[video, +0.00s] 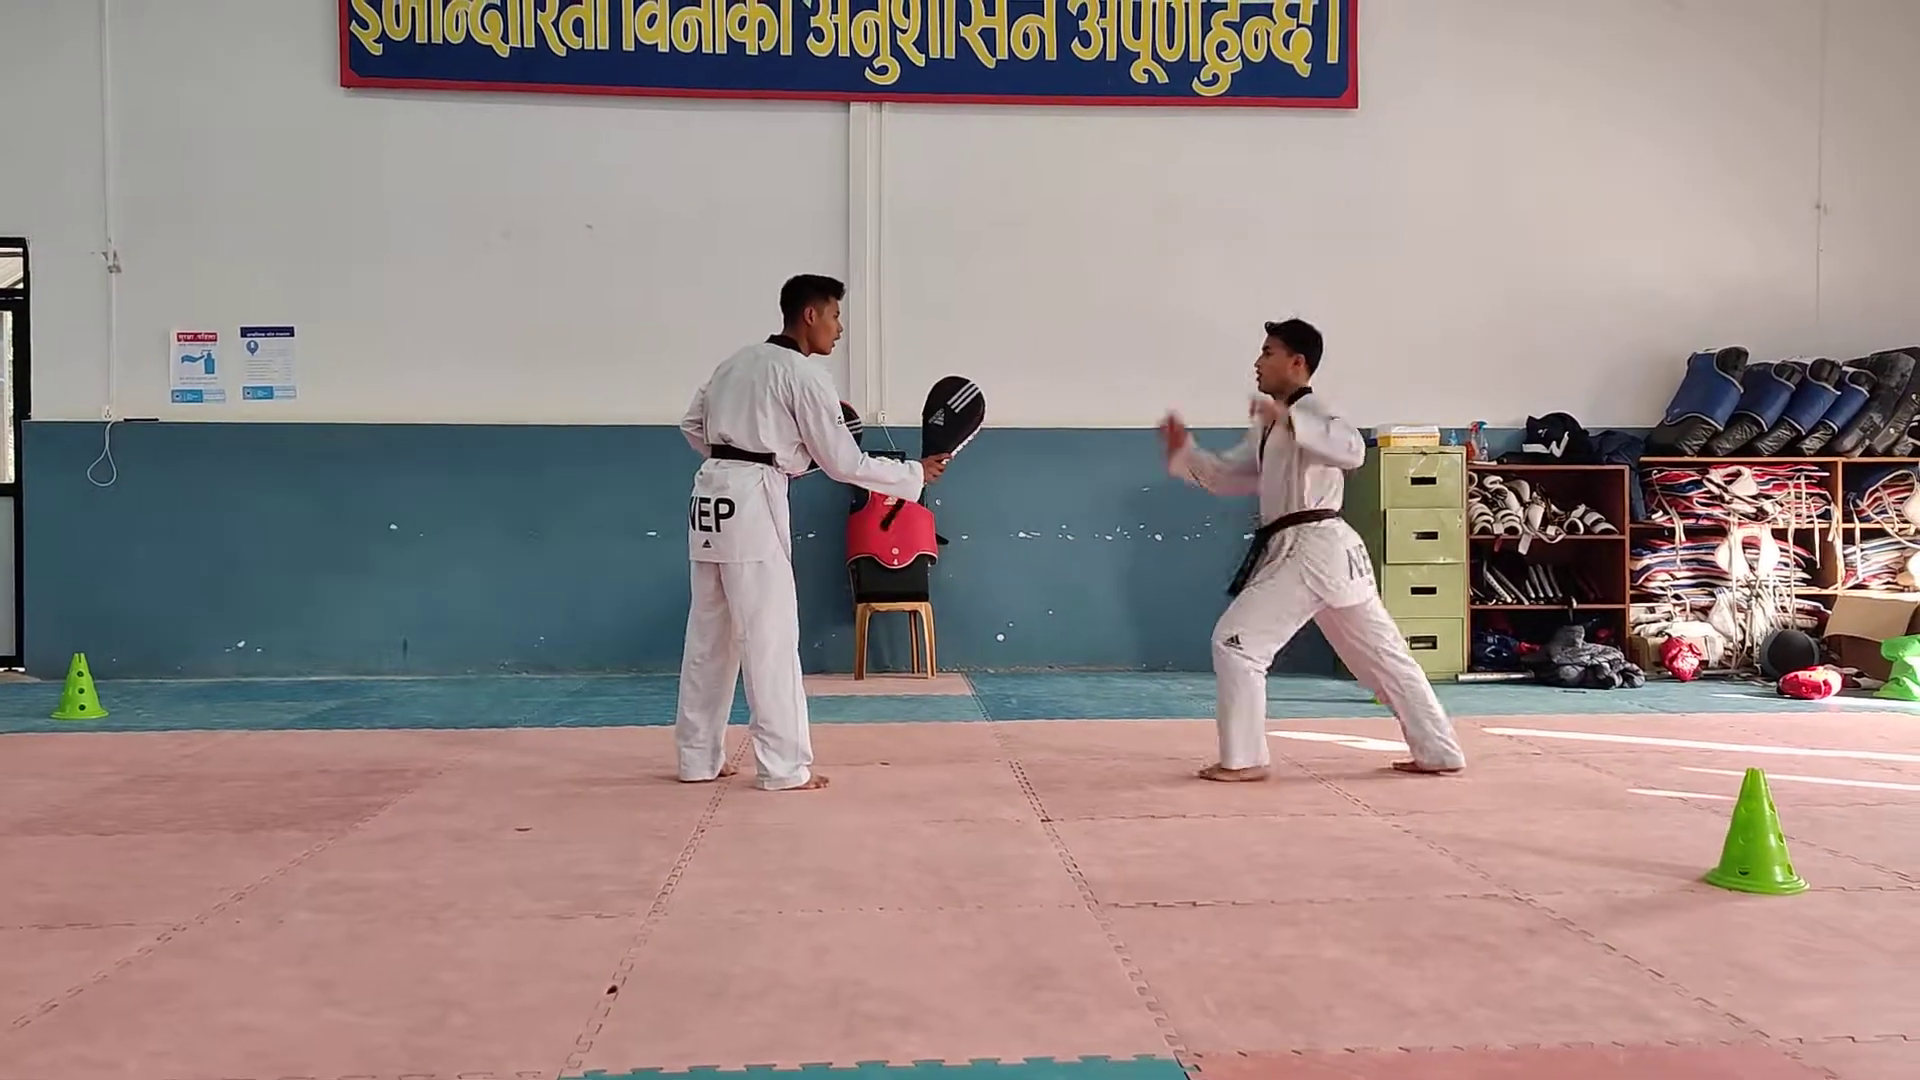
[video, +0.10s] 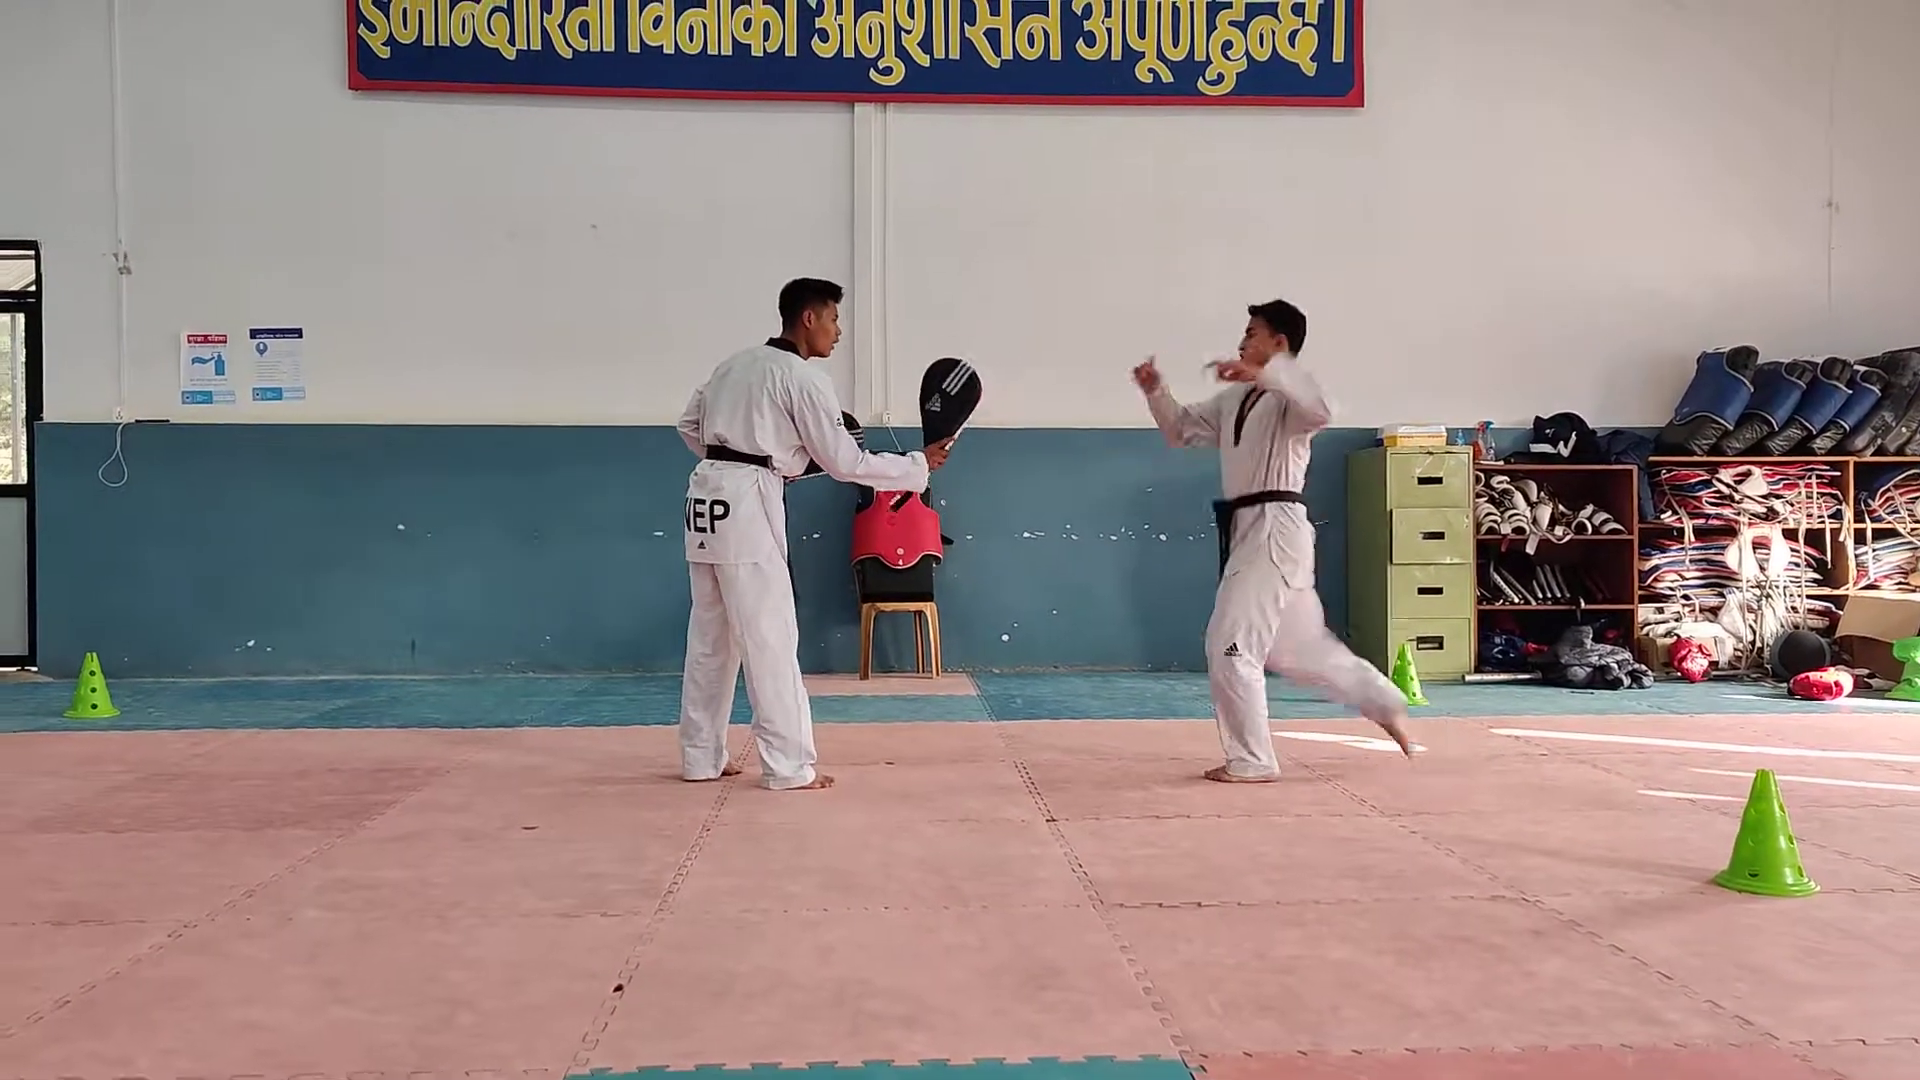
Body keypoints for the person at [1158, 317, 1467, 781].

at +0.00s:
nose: (1258, 362)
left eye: (1267, 354)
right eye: (1261, 353)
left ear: (1297, 363)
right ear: (1291, 364)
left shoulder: (1313, 411)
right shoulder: (1272, 426)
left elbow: (1351, 451)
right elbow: (1242, 476)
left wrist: (1287, 419)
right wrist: (1188, 456)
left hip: (1308, 545)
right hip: (1325, 545)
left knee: (1236, 642)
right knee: (1382, 654)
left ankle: (1244, 759)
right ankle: (1439, 752)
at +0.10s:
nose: (1243, 342)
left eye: (1251, 334)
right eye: (1245, 333)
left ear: (1278, 342)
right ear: (1271, 339)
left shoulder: (1292, 391)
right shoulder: (1232, 397)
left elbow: (1318, 413)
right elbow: (1180, 429)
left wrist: (1264, 372)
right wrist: (1156, 393)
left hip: (1275, 528)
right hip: (1251, 531)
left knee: (1231, 641)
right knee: (1296, 647)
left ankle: (1253, 759)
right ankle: (1383, 701)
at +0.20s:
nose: (1217, 330)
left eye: (1225, 319)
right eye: (1219, 320)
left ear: (1255, 321)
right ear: (1249, 322)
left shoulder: (1286, 372)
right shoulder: (1220, 385)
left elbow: (1248, 417)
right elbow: (1192, 453)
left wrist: (1176, 437)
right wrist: (1149, 499)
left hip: (1250, 507)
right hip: (1198, 500)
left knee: (1237, 623)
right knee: (1122, 563)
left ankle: (1251, 752)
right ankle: (1205, 631)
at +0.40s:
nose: (1132, 312)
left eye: (1139, 302)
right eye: (1133, 302)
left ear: (1167, 306)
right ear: (1169, 308)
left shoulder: (1173, 361)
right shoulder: (1184, 359)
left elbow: (1116, 426)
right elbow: (1209, 437)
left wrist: (1055, 423)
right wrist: (1230, 494)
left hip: (1172, 506)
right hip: (1135, 487)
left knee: (1164, 621)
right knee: (1056, 455)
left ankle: (1212, 714)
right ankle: (964, 513)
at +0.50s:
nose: (1105, 300)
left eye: (1114, 291)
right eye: (1109, 290)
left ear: (1142, 299)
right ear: (1143, 301)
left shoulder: (1134, 354)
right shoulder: (1158, 357)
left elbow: (1086, 418)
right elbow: (1187, 424)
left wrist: (1035, 392)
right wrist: (1196, 481)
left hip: (1144, 498)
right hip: (1104, 495)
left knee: (1133, 615)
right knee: (1013, 536)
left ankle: (1160, 732)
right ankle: (985, 644)